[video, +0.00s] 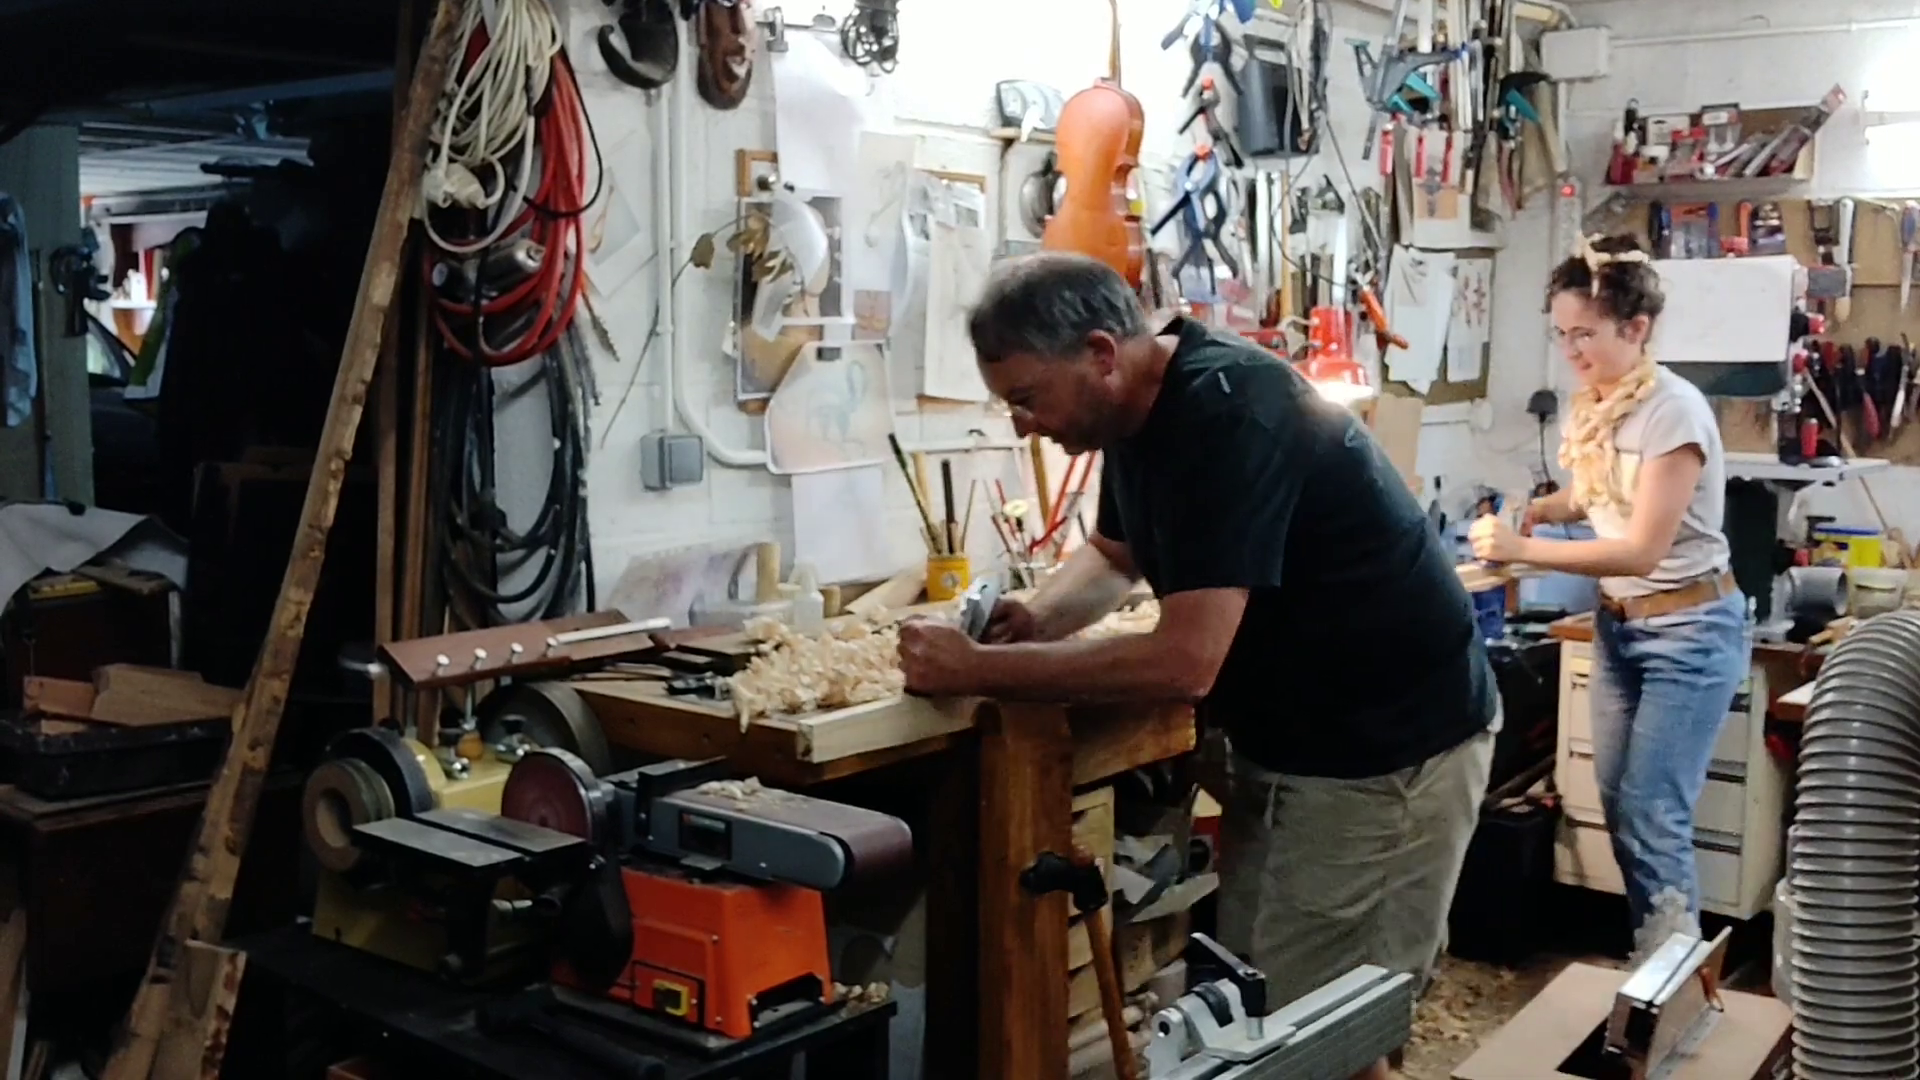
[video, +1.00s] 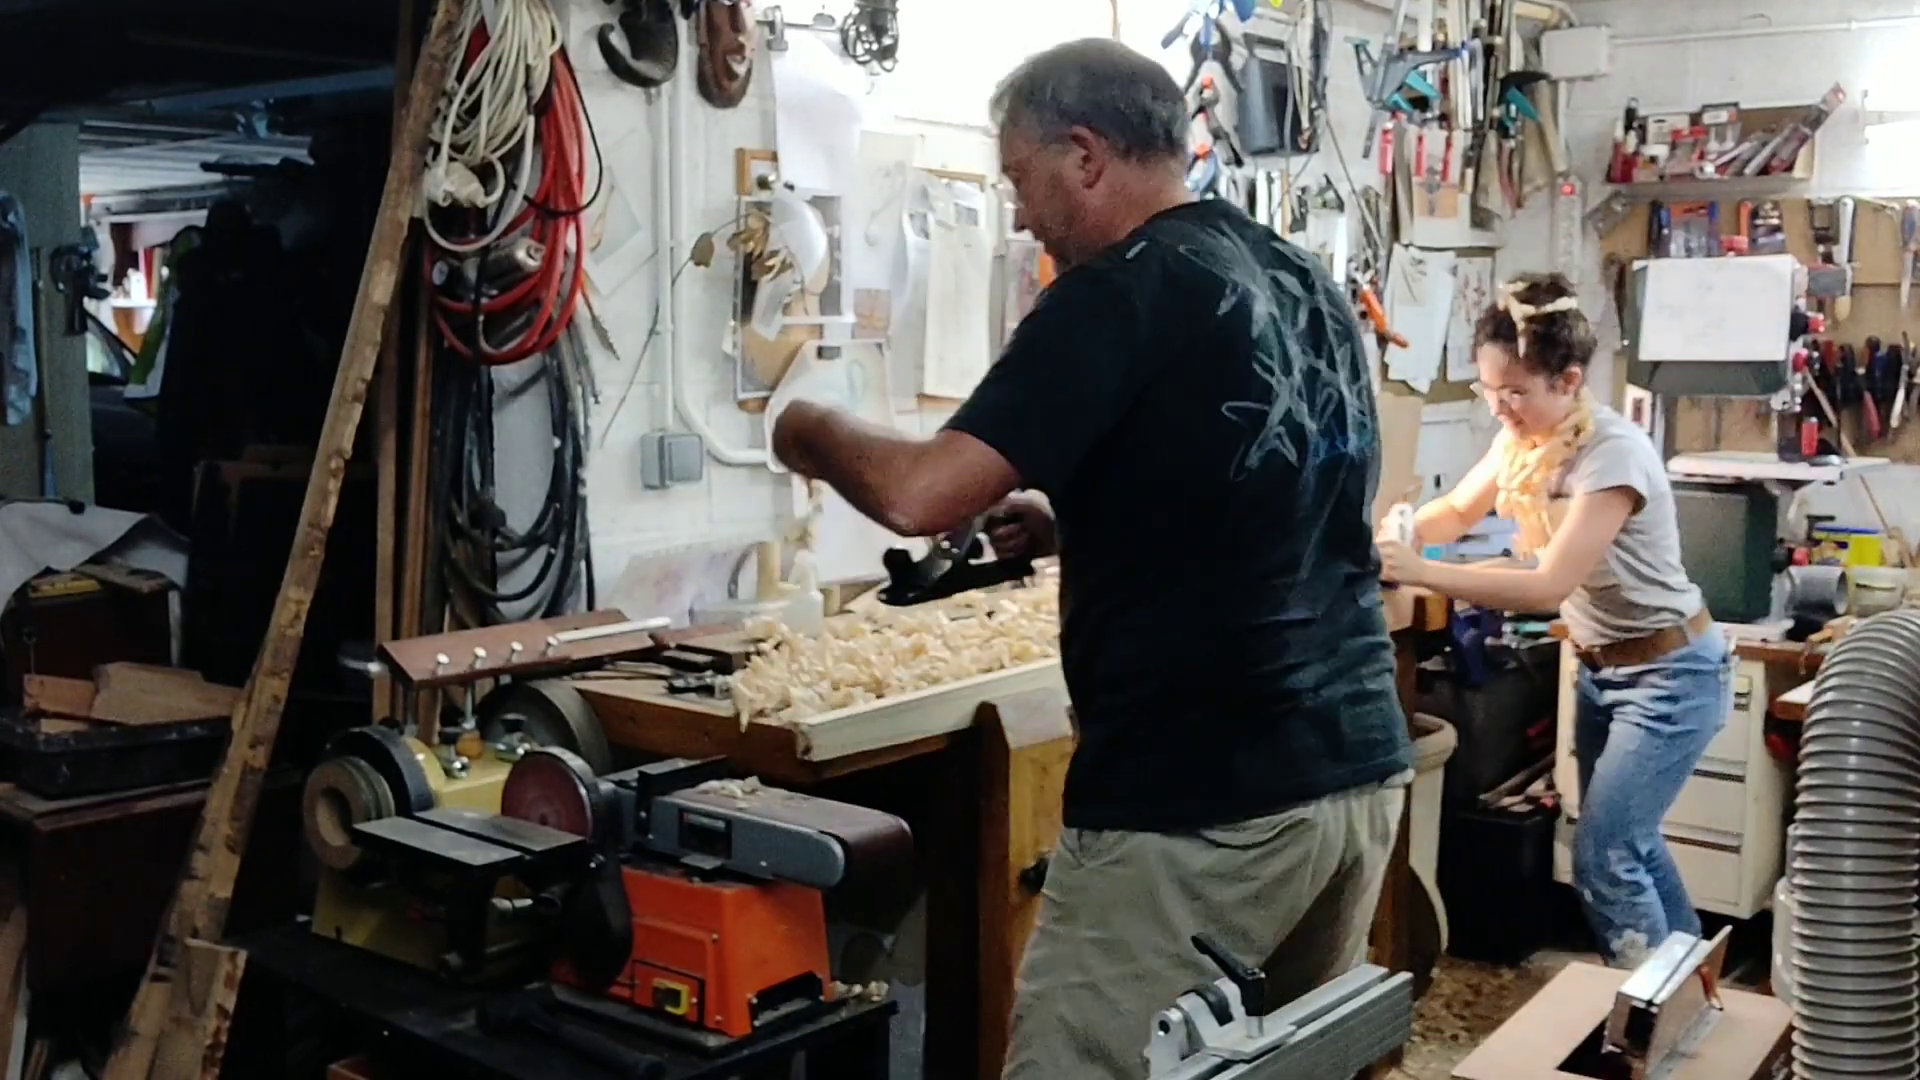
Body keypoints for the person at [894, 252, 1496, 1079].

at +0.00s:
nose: (1021, 425)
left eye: (1026, 397)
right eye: (1010, 405)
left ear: (1101, 354)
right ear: (1102, 353)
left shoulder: (1230, 411)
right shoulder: (1137, 408)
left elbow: (1185, 663)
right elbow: (1115, 553)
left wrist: (975, 669)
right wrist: (1037, 616)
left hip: (1383, 752)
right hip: (1283, 741)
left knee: (1326, 1033)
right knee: (1242, 1009)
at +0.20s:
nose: (984, 430)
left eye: (988, 403)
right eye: (972, 410)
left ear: (1063, 355)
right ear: (1064, 355)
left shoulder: (1194, 417)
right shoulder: (1097, 419)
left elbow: (1138, 668)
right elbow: (1065, 568)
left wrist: (922, 683)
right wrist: (987, 633)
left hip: (1349, 743)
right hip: (1250, 736)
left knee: (1261, 1024)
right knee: (1220, 1003)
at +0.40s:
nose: (946, 419)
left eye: (952, 391)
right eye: (936, 397)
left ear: (1029, 346)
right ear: (1031, 346)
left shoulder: (1156, 413)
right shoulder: (1080, 410)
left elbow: (1087, 678)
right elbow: (1046, 579)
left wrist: (865, 693)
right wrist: (946, 638)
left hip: (1312, 763)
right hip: (1237, 753)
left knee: (1226, 1042)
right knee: (1211, 1029)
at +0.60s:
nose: (912, 366)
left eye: (915, 331)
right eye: (901, 341)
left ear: (996, 293)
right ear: (998, 293)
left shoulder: (1112, 377)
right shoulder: (1110, 365)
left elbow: (1009, 629)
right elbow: (1009, 612)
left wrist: (794, 651)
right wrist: (829, 652)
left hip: (1262, 794)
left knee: (1119, 1061)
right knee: (1236, 1056)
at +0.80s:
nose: (933, 277)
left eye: (933, 242)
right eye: (923, 250)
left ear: (1010, 213)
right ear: (1019, 211)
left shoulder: (1092, 320)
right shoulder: (1180, 287)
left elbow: (943, 544)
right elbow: (1104, 547)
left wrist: (783, 526)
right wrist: (916, 568)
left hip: (1224, 793)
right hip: (1340, 756)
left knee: (1109, 1063)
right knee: (1308, 1052)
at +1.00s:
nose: (1020, 215)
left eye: (1017, 180)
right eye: (1010, 187)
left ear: (1086, 154)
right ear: (1149, 149)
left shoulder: (1124, 289)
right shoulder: (1305, 278)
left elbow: (922, 497)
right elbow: (1266, 508)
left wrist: (806, 430)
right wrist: (1067, 518)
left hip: (1198, 797)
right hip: (1359, 771)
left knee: (1074, 1064)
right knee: (1296, 1062)